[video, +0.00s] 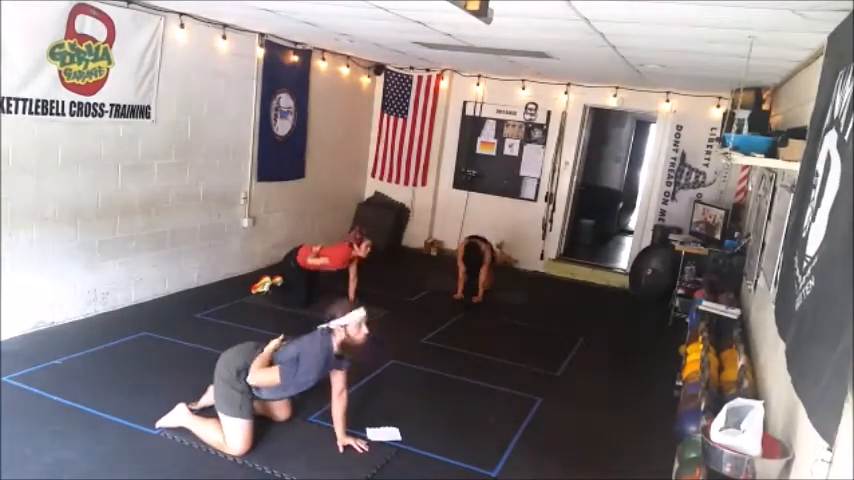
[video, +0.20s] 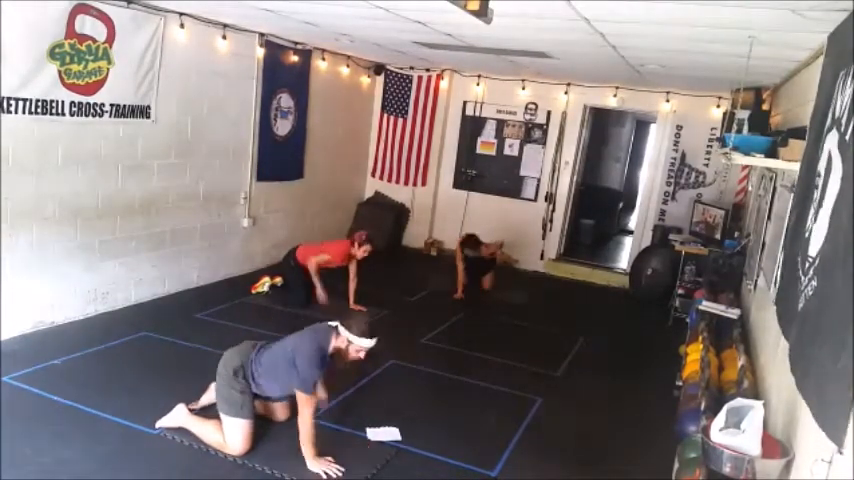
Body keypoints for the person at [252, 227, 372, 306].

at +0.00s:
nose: (368, 250)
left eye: (370, 248)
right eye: (366, 247)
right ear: (357, 245)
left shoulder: (353, 255)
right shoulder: (341, 257)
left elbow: (353, 278)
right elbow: (309, 262)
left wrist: (351, 300)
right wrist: (315, 252)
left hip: (306, 258)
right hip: (295, 261)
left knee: (312, 296)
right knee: (300, 299)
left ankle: (280, 283)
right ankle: (270, 288)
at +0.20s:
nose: (366, 255)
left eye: (368, 252)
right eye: (365, 251)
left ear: (359, 247)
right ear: (356, 245)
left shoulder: (352, 254)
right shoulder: (341, 252)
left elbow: (353, 277)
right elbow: (312, 262)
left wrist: (352, 303)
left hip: (304, 260)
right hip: (294, 261)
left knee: (308, 295)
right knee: (301, 300)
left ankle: (280, 283)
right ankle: (271, 287)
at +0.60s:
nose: (352, 269)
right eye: (354, 267)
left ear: (363, 260)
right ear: (356, 259)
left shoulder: (352, 246)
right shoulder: (340, 254)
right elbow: (336, 283)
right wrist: (336, 310)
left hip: (310, 261)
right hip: (299, 261)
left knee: (310, 296)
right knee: (300, 300)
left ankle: (280, 282)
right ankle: (269, 288)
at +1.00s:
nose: (366, 260)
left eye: (368, 257)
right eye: (365, 257)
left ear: (356, 250)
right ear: (355, 252)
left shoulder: (345, 249)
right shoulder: (339, 255)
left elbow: (328, 244)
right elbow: (336, 283)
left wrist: (315, 243)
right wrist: (336, 309)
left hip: (301, 256)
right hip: (294, 263)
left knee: (308, 293)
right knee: (299, 298)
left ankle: (277, 281)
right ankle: (268, 288)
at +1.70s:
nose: (344, 268)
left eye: (348, 269)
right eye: (347, 267)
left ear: (354, 259)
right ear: (351, 261)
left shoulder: (346, 244)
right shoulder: (336, 252)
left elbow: (325, 240)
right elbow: (335, 283)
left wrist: (313, 239)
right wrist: (336, 309)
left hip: (308, 261)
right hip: (296, 262)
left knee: (312, 293)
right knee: (300, 300)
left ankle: (279, 281)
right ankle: (267, 289)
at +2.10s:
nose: (363, 247)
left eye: (364, 244)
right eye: (360, 244)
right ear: (350, 244)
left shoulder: (343, 249)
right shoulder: (337, 254)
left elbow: (326, 246)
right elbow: (335, 282)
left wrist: (312, 248)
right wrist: (335, 302)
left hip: (300, 252)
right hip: (292, 264)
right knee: (300, 299)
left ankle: (276, 281)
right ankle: (272, 287)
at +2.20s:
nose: (362, 260)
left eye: (363, 256)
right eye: (360, 256)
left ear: (353, 249)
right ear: (351, 251)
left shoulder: (344, 244)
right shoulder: (336, 252)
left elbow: (326, 242)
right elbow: (335, 282)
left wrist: (312, 242)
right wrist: (336, 309)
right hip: (292, 263)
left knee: (310, 293)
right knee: (301, 300)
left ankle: (278, 281)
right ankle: (268, 289)